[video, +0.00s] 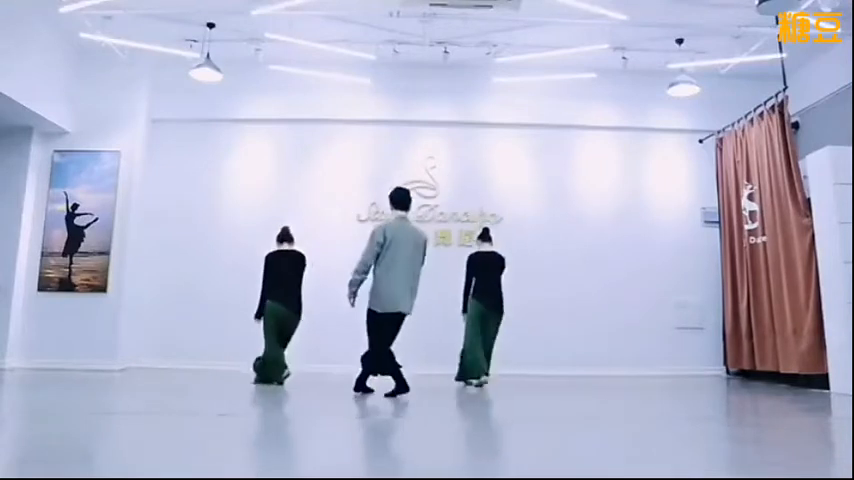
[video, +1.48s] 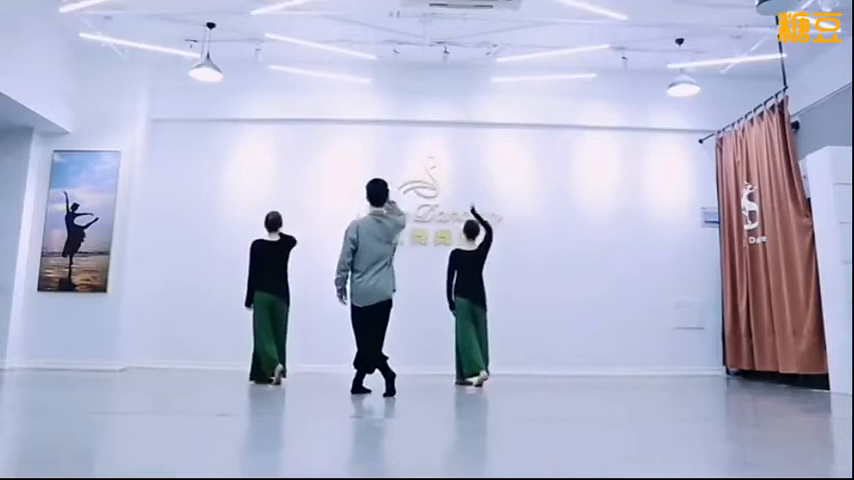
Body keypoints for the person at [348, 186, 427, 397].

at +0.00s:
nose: (392, 205)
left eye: (391, 201)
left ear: (391, 203)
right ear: (410, 205)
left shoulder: (383, 230)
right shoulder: (420, 236)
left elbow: (367, 261)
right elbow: (418, 267)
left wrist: (354, 285)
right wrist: (409, 293)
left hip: (381, 298)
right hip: (406, 300)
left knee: (378, 345)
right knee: (382, 344)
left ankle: (400, 381)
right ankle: (362, 379)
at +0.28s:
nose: (379, 203)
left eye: (379, 199)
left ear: (378, 201)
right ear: (397, 203)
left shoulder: (370, 229)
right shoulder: (407, 232)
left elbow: (356, 261)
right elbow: (413, 261)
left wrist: (348, 286)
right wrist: (398, 274)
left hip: (369, 296)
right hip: (394, 298)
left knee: (365, 341)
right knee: (378, 342)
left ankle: (390, 374)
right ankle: (359, 380)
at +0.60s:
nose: (378, 200)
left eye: (374, 196)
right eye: (386, 196)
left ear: (371, 198)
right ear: (391, 198)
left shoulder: (363, 226)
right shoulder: (402, 226)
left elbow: (349, 259)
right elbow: (413, 246)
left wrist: (344, 284)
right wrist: (395, 256)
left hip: (365, 292)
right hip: (391, 292)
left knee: (366, 341)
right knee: (375, 341)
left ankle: (389, 372)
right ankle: (358, 380)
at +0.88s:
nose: (376, 198)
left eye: (372, 195)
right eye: (384, 195)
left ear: (369, 197)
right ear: (389, 197)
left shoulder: (360, 226)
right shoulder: (400, 225)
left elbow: (346, 258)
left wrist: (341, 284)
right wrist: (405, 285)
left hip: (363, 291)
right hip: (387, 291)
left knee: (365, 340)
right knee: (374, 340)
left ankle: (388, 373)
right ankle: (358, 381)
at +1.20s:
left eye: (370, 194)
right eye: (383, 194)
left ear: (367, 197)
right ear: (387, 198)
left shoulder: (357, 226)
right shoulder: (392, 225)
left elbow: (344, 258)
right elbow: (399, 220)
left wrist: (339, 283)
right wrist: (398, 204)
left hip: (361, 290)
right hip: (384, 290)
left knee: (364, 339)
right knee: (374, 339)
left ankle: (387, 373)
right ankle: (358, 380)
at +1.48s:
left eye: (368, 194)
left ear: (367, 197)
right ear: (386, 198)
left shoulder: (357, 226)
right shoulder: (394, 223)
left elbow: (345, 259)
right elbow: (400, 217)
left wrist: (340, 284)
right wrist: (388, 202)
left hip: (361, 290)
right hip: (384, 289)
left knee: (365, 340)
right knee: (374, 340)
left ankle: (388, 373)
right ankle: (358, 381)